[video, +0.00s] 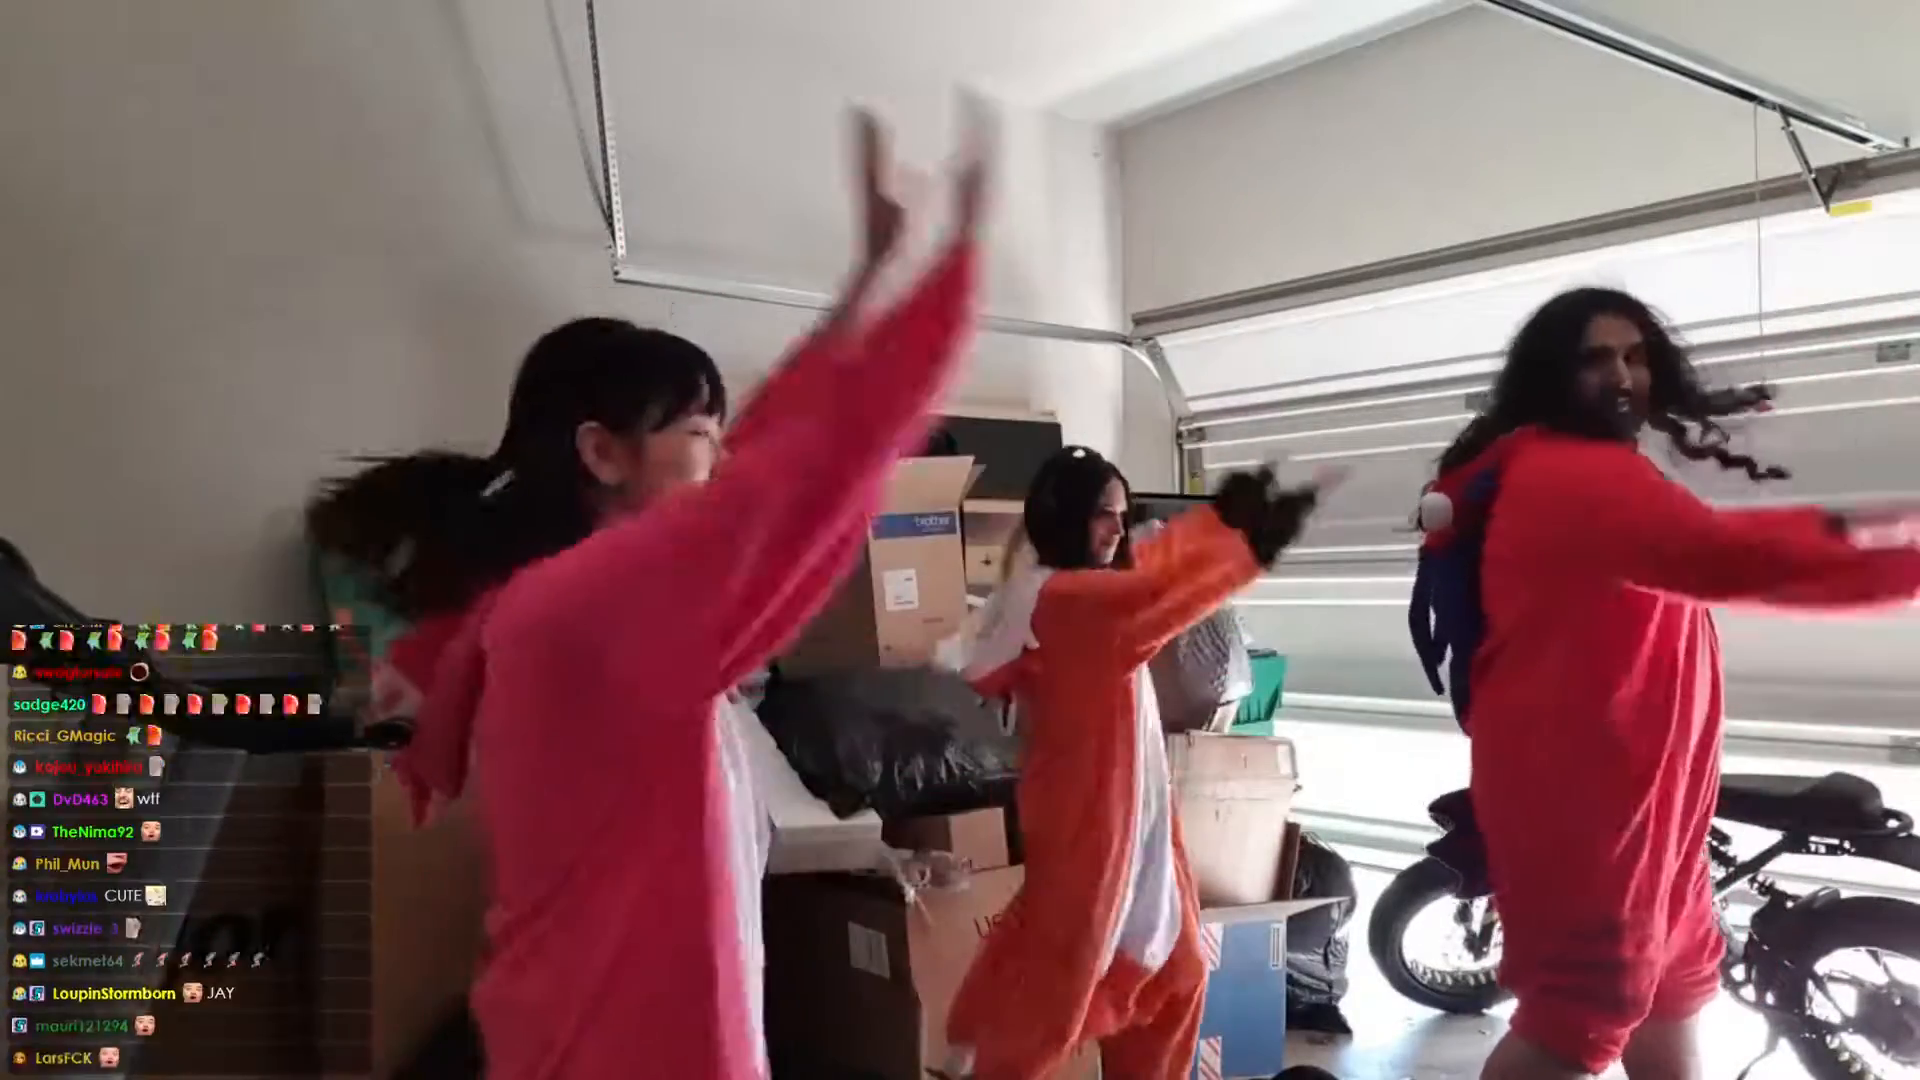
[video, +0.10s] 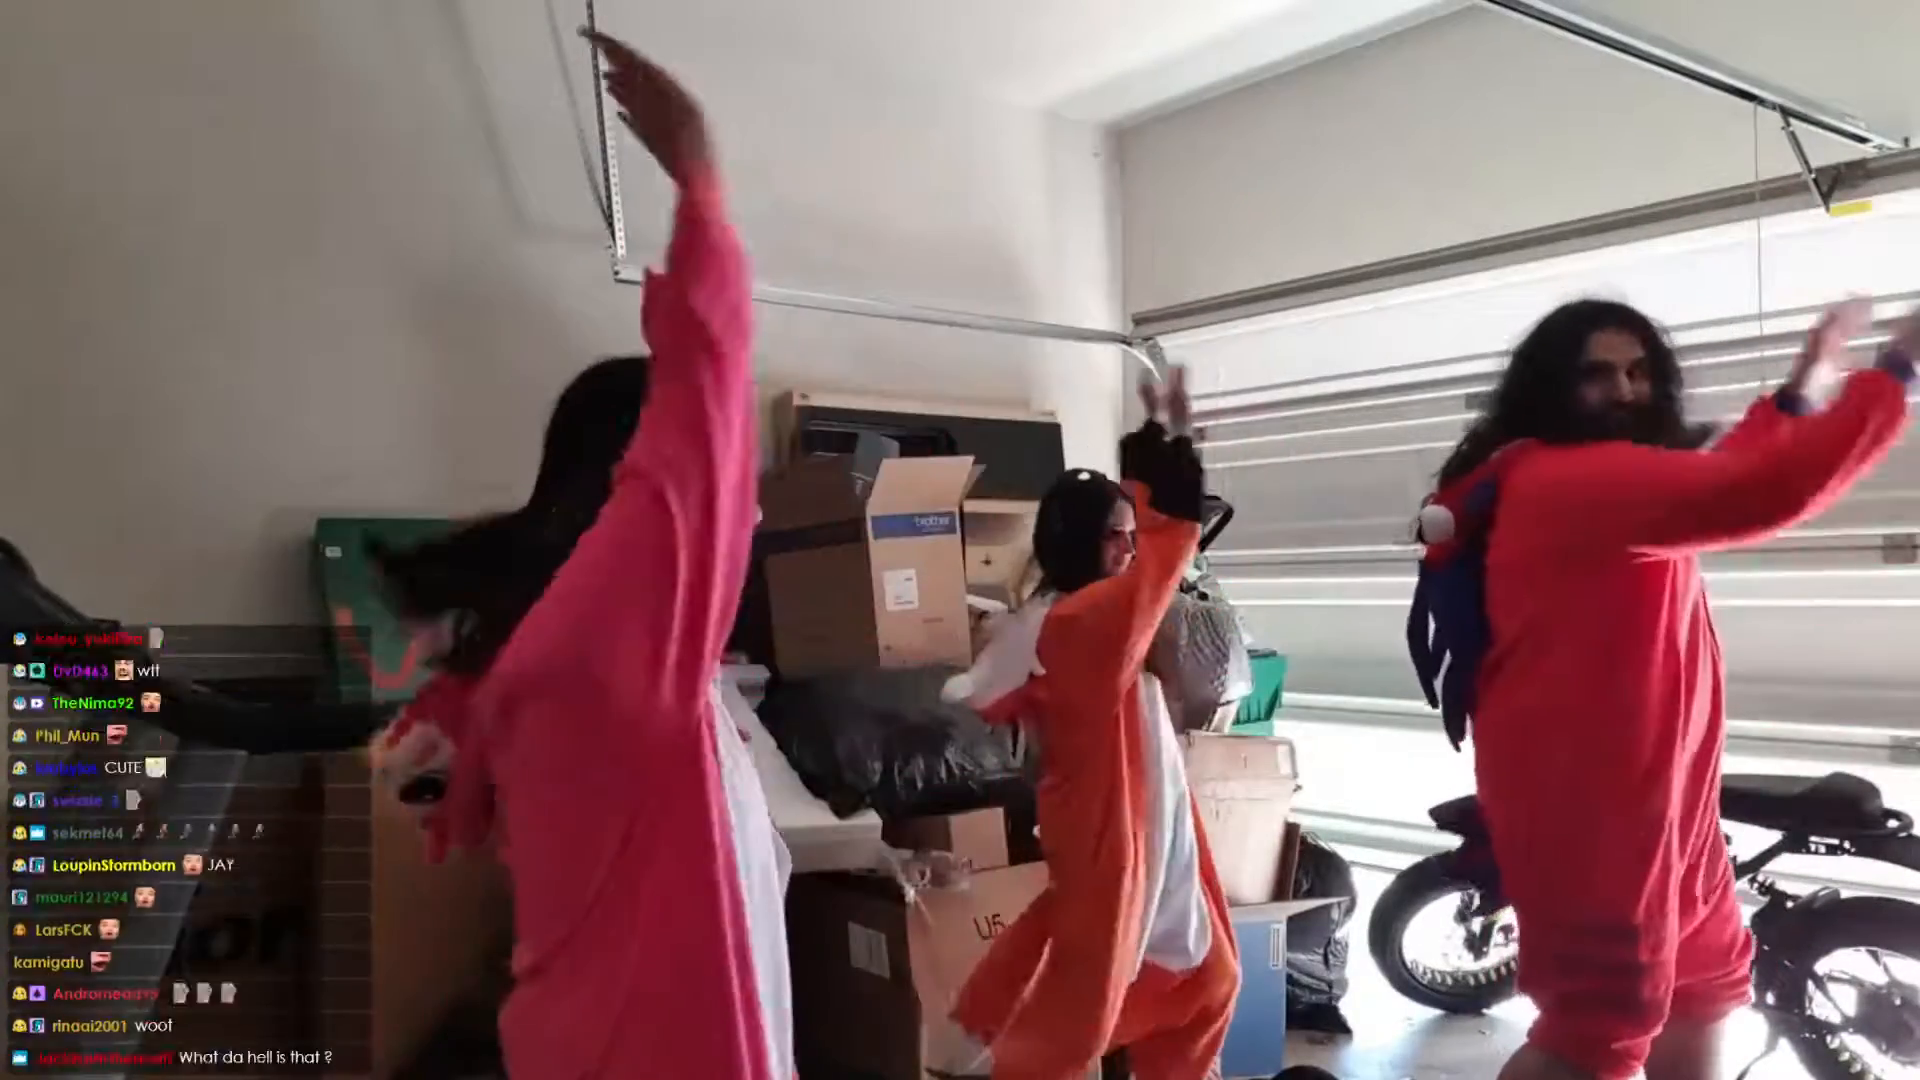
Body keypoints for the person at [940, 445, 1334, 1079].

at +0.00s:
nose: (1119, 528)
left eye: (1122, 514)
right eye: (1106, 514)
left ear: (1119, 518)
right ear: (1067, 517)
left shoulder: (1090, 586)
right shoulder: (1058, 596)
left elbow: (1160, 562)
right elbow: (1155, 591)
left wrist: (1233, 516)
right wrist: (1252, 537)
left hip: (1135, 801)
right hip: (1083, 806)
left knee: (1177, 969)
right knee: (1062, 956)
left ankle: (1154, 1070)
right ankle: (996, 1065)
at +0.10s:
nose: (1130, 550)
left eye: (1135, 535)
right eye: (1115, 537)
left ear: (1134, 533)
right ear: (1074, 541)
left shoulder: (1107, 622)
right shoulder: (1076, 627)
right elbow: (1155, 569)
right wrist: (1174, 445)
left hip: (1158, 821)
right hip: (1105, 830)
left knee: (1211, 974)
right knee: (1085, 982)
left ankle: (1170, 1071)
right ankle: (1013, 1061)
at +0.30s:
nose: (1133, 534)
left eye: (1136, 519)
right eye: (1117, 520)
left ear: (1143, 523)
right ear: (1080, 526)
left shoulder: (1097, 600)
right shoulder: (1067, 606)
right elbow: (1159, 583)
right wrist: (1262, 497)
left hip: (1139, 803)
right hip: (1085, 814)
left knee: (1193, 966)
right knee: (1095, 983)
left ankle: (1180, 1071)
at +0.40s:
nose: (1132, 519)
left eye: (1136, 505)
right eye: (1116, 505)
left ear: (1140, 510)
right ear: (1075, 512)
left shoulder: (1108, 586)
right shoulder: (1056, 590)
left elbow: (1185, 587)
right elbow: (1151, 617)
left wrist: (1267, 607)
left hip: (1112, 795)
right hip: (1050, 799)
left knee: (1151, 943)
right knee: (1048, 961)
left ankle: (1157, 1068)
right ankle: (1002, 1067)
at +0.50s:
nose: (1143, 540)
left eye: (1148, 526)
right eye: (1130, 523)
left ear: (1148, 530)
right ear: (1087, 525)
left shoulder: (1091, 604)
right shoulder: (1061, 605)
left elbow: (1159, 675)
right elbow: (1147, 684)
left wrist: (1220, 729)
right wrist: (1218, 762)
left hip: (1081, 823)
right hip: (1025, 822)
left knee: (1136, 979)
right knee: (1018, 986)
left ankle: (1138, 1073)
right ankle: (985, 1075)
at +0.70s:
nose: (1147, 553)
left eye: (1149, 539)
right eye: (1135, 539)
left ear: (1070, 543)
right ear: (1096, 541)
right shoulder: (1080, 629)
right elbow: (1112, 761)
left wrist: (1154, 840)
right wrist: (1152, 875)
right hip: (1055, 871)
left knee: (1160, 979)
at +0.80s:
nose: (1134, 529)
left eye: (1140, 515)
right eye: (1121, 513)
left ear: (1143, 518)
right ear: (1080, 516)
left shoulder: (1091, 597)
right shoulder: (1065, 599)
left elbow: (1173, 667)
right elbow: (1156, 666)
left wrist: (1255, 716)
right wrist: (1263, 727)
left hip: (1108, 833)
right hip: (1053, 835)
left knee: (1162, 977)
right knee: (1033, 1004)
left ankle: (1148, 1074)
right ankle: (1004, 1070)